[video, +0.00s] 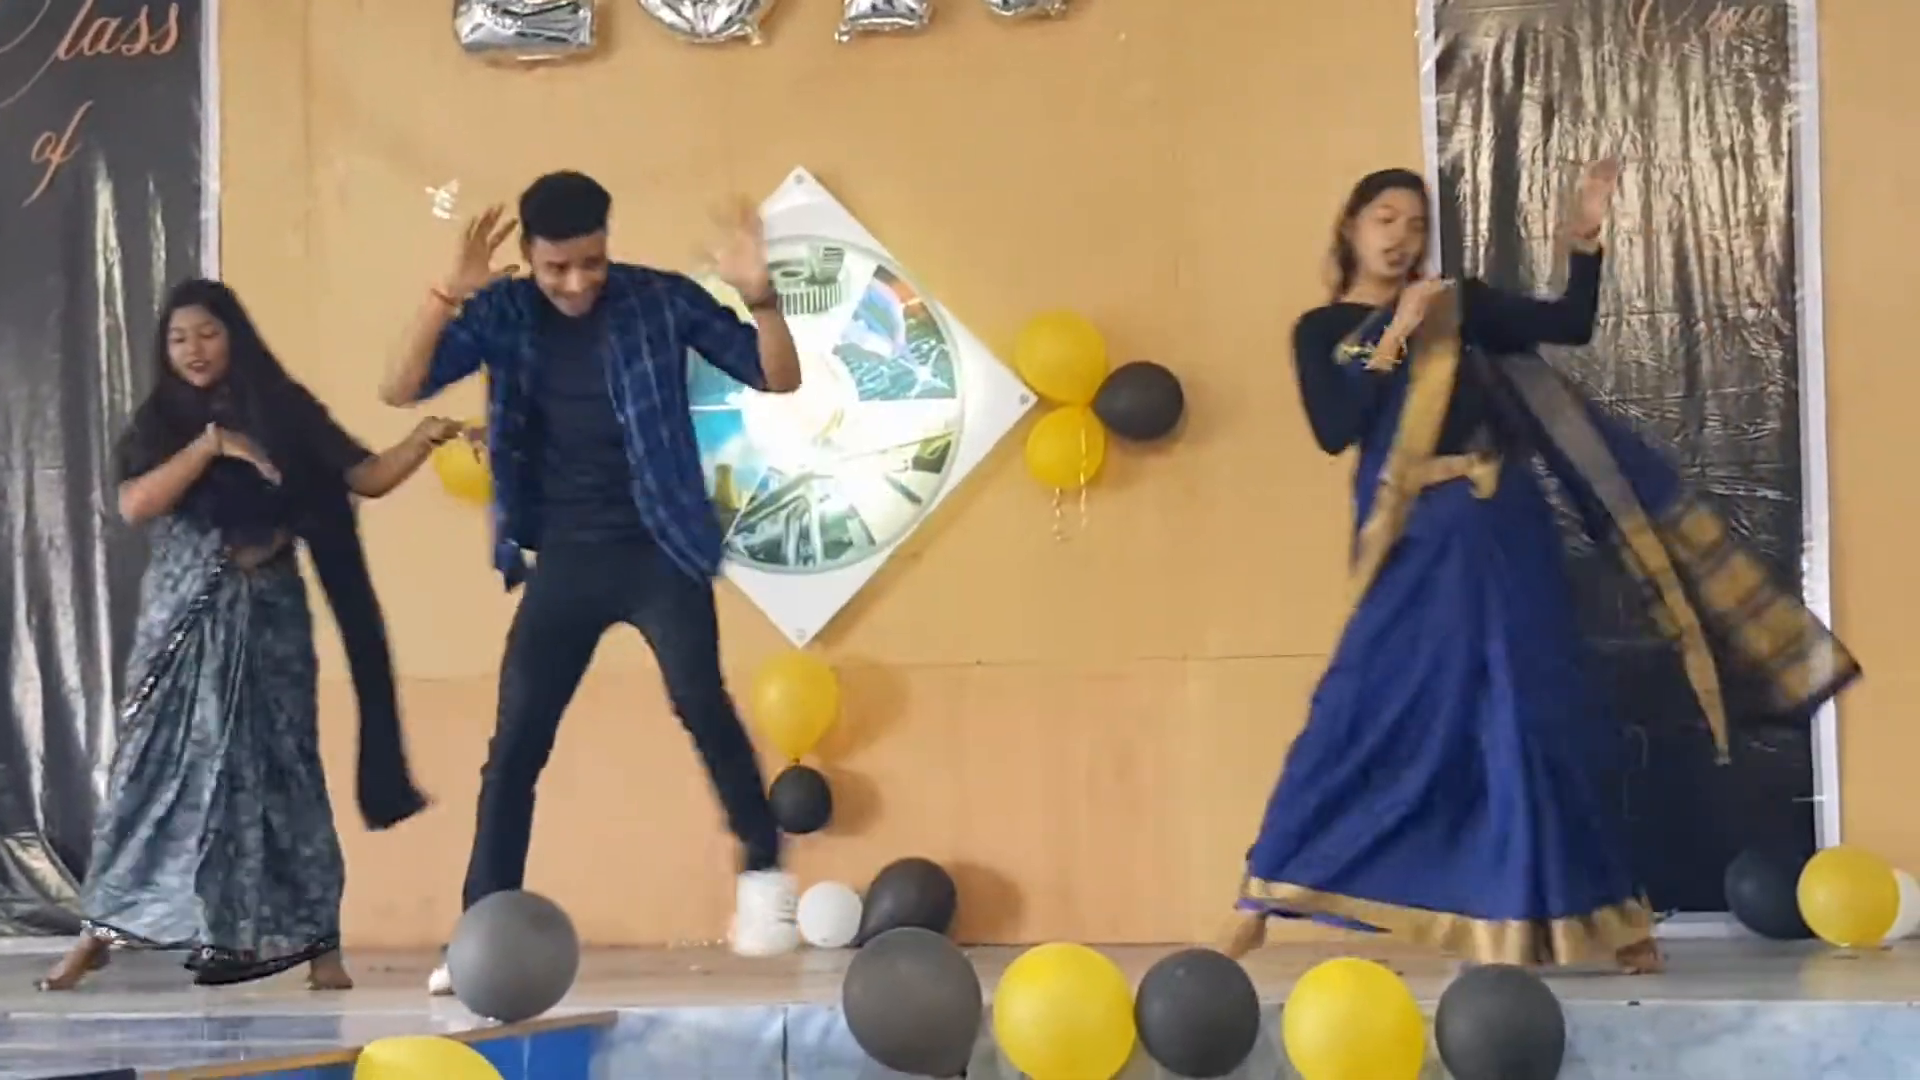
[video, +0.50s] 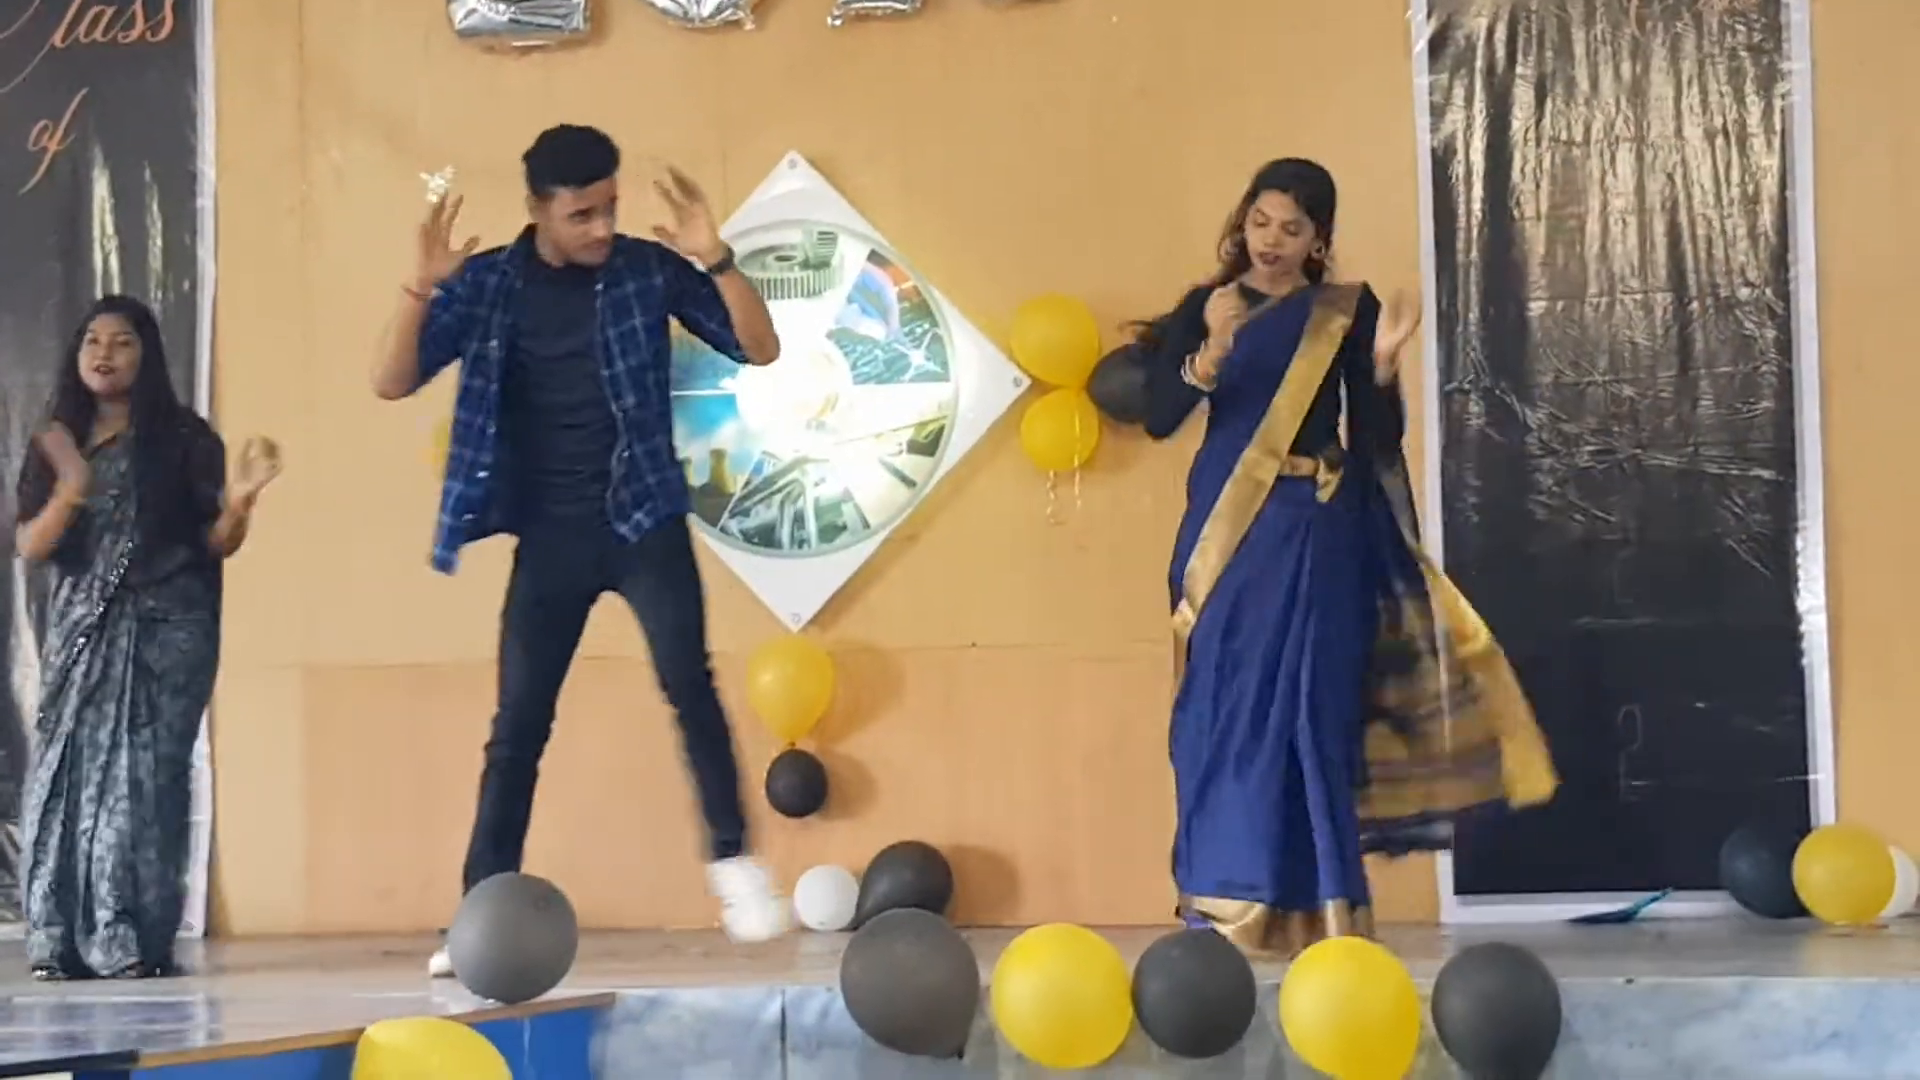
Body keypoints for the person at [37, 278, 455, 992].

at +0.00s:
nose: (193, 351)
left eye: (206, 335)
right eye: (179, 339)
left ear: (236, 337)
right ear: (165, 347)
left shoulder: (280, 404)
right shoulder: (159, 418)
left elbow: (368, 478)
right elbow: (134, 505)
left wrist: (421, 439)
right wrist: (203, 450)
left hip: (272, 611)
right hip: (185, 613)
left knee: (287, 767)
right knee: (149, 764)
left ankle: (322, 941)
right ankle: (99, 929)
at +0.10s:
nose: (159, 367)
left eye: (172, 353)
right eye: (144, 356)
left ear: (198, 358)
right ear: (126, 366)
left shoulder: (238, 426)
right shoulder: (114, 437)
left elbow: (326, 479)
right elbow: (108, 519)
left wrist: (389, 451)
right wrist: (200, 482)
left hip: (234, 623)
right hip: (146, 630)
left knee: (263, 772)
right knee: (119, 774)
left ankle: (317, 941)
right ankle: (89, 949)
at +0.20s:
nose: (131, 365)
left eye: (145, 352)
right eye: (117, 353)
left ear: (171, 359)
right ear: (101, 363)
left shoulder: (206, 428)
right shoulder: (80, 436)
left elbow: (298, 472)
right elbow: (80, 514)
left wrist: (381, 443)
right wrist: (184, 499)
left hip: (208, 636)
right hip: (114, 639)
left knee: (245, 774)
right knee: (92, 783)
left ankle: (291, 938)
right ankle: (85, 947)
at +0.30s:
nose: (113, 354)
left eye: (128, 341)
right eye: (100, 342)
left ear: (153, 349)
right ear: (83, 352)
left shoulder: (191, 420)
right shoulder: (59, 429)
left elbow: (280, 466)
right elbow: (60, 506)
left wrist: (356, 442)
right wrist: (166, 482)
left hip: (183, 627)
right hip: (91, 631)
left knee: (195, 769)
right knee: (80, 774)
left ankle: (223, 917)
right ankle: (83, 934)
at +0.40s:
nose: (102, 352)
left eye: (118, 339)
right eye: (90, 340)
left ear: (145, 350)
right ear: (72, 353)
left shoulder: (184, 424)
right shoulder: (53, 432)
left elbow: (259, 499)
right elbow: (40, 529)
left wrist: (309, 465)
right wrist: (127, 487)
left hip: (170, 624)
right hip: (83, 628)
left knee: (160, 772)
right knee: (74, 773)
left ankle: (153, 934)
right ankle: (74, 937)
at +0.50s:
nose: (104, 355)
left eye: (121, 344)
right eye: (93, 342)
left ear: (148, 356)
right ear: (77, 355)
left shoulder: (189, 439)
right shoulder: (56, 441)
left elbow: (217, 545)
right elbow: (31, 546)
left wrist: (237, 508)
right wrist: (69, 486)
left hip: (169, 628)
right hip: (86, 628)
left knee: (148, 775)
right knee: (70, 771)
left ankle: (136, 939)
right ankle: (61, 938)